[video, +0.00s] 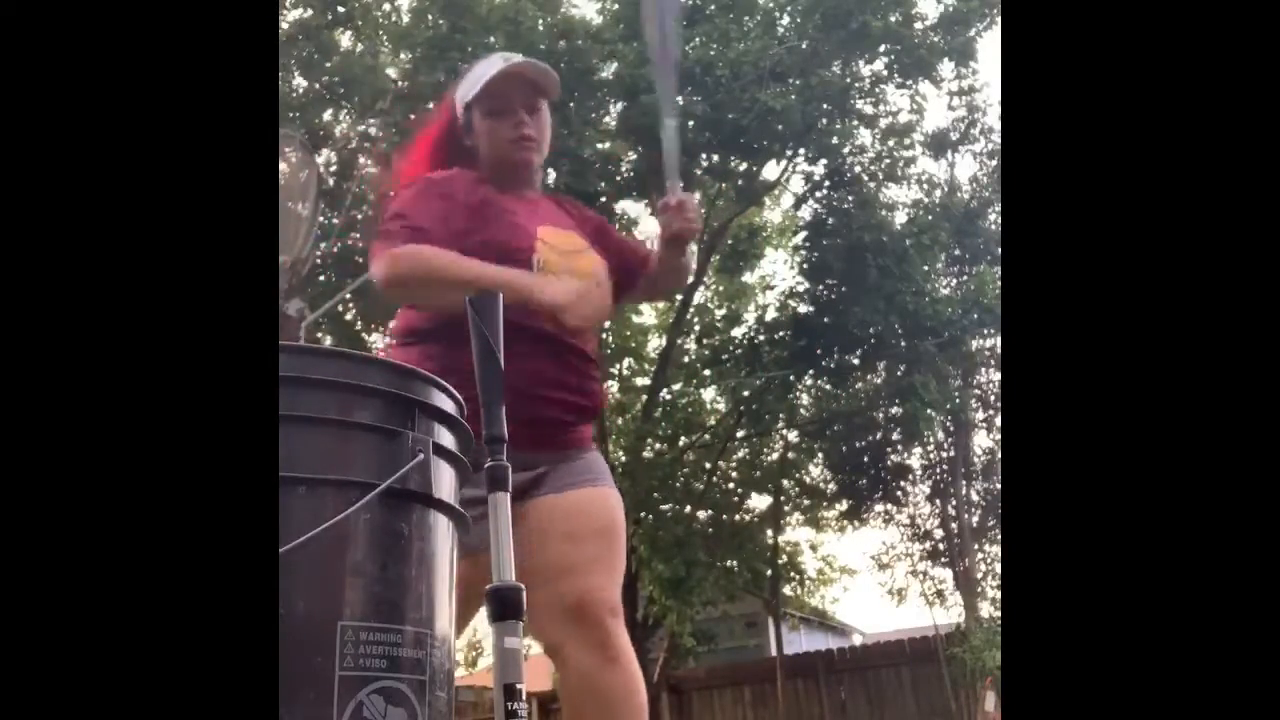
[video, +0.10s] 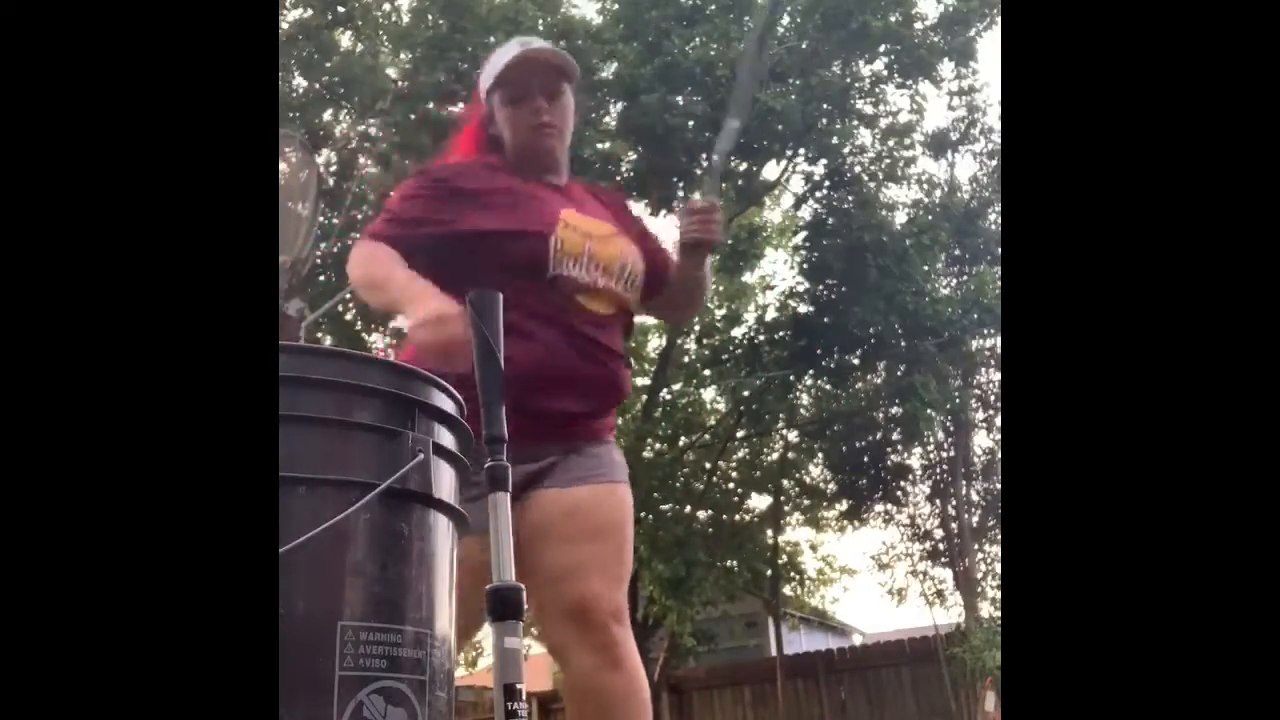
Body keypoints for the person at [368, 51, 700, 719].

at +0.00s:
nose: (525, 122)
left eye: (536, 110)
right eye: (503, 110)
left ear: (551, 126)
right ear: (468, 128)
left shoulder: (575, 217)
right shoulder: (440, 192)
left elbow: (657, 282)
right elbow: (393, 269)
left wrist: (676, 242)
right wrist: (538, 286)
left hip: (559, 450)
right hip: (442, 449)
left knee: (595, 630)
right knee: (404, 643)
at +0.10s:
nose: (545, 108)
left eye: (557, 93)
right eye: (523, 95)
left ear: (575, 109)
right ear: (490, 112)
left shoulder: (609, 206)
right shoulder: (452, 186)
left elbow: (675, 305)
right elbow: (367, 260)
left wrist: (695, 254)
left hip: (575, 448)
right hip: (455, 448)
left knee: (599, 632)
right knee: (421, 644)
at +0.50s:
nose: (491, 29)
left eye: (509, 11)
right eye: (470, 15)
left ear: (541, 21)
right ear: (445, 32)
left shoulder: (605, 142)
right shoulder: (396, 138)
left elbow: (642, 261)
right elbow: (311, 256)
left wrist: (687, 328)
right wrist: (315, 356)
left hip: (568, 432)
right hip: (433, 432)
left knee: (593, 639)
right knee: (397, 633)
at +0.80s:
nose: (384, 13)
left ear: (449, 8)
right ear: (328, 16)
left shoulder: (516, 98)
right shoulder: (309, 127)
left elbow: (561, 246)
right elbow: (285, 269)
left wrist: (583, 379)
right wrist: (294, 389)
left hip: (498, 399)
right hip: (362, 407)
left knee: (539, 611)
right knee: (364, 622)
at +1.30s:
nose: (465, 18)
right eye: (433, 3)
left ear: (513, 13)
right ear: (392, 28)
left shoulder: (555, 113)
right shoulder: (349, 143)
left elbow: (588, 248)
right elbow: (300, 244)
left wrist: (640, 358)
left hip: (518, 403)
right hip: (387, 412)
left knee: (589, 614)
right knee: (374, 634)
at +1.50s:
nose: (541, 27)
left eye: (556, 7)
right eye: (515, 10)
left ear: (581, 22)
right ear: (479, 30)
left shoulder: (625, 148)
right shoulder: (421, 133)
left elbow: (651, 273)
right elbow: (316, 256)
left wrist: (691, 375)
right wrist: (343, 214)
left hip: (578, 428)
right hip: (440, 425)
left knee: (632, 642)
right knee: (410, 646)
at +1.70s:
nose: (584, 42)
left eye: (603, 26)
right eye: (564, 27)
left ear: (630, 43)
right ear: (536, 45)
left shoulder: (671, 156)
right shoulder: (490, 136)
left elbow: (705, 281)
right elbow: (398, 208)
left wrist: (729, 389)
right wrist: (421, 205)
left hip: (632, 426)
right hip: (496, 417)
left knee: (650, 631)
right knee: (460, 607)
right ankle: (390, 707)